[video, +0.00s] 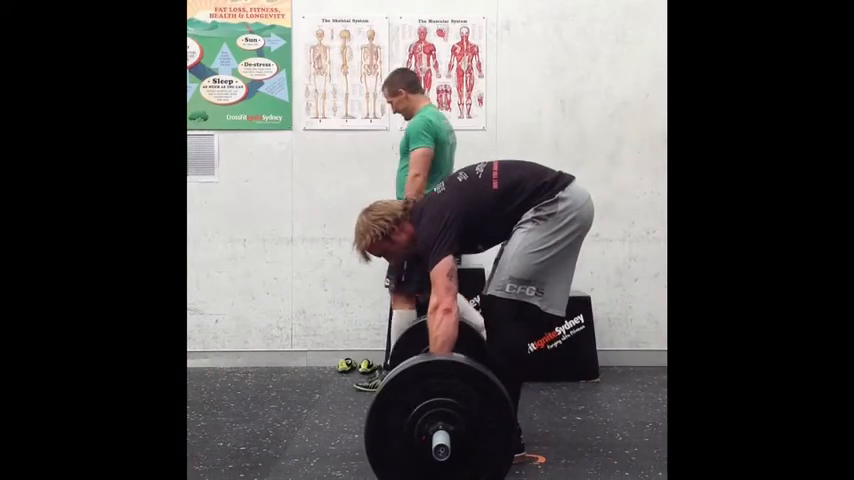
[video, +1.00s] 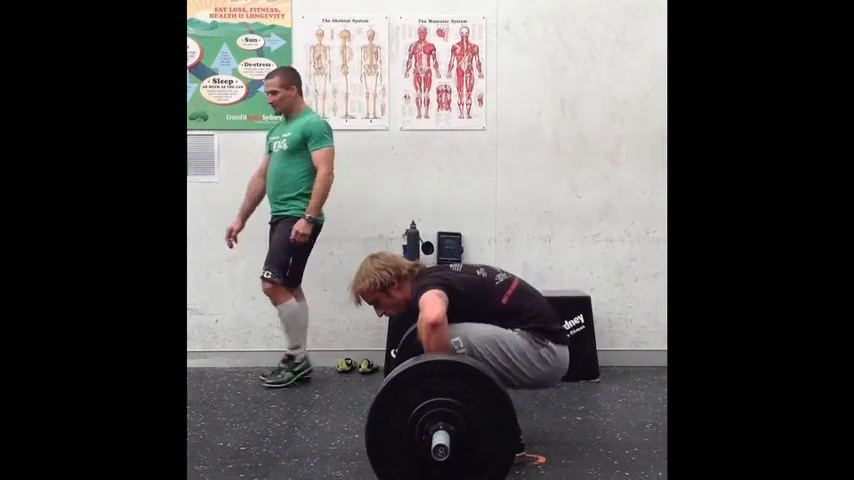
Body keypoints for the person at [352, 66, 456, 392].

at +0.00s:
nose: (392, 108)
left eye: (392, 101)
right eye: (389, 102)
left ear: (404, 93)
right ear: (414, 91)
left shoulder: (421, 124)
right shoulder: (437, 120)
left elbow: (418, 181)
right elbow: (437, 179)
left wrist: (407, 229)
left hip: (419, 228)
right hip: (437, 224)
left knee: (402, 295)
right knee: (442, 291)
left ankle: (396, 372)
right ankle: (493, 337)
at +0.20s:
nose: (366, 105)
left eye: (365, 97)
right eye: (363, 99)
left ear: (378, 89)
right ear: (386, 87)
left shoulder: (395, 120)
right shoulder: (408, 116)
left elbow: (381, 170)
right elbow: (396, 170)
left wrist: (347, 212)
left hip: (391, 213)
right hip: (400, 209)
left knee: (391, 291)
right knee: (362, 277)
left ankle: (400, 369)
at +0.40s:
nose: (340, 105)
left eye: (340, 98)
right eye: (338, 99)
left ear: (353, 92)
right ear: (358, 91)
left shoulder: (373, 121)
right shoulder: (376, 119)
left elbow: (363, 172)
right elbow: (365, 173)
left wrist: (327, 209)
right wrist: (333, 206)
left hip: (369, 218)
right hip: (369, 216)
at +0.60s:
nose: (311, 107)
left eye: (313, 100)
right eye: (309, 101)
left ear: (330, 96)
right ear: (330, 96)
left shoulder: (350, 126)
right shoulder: (341, 127)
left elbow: (350, 177)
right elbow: (343, 178)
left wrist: (337, 226)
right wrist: (330, 221)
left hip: (346, 226)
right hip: (329, 225)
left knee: (362, 294)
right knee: (316, 292)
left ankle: (391, 364)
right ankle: (300, 361)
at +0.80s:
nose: (283, 100)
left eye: (287, 94)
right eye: (282, 95)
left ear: (304, 92)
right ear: (302, 93)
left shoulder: (327, 123)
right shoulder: (306, 125)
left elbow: (338, 171)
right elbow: (300, 178)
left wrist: (336, 220)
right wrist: (284, 221)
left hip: (316, 219)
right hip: (300, 219)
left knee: (308, 288)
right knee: (298, 289)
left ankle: (366, 346)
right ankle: (298, 362)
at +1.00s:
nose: (269, 100)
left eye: (274, 93)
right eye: (267, 94)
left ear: (294, 91)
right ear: (275, 94)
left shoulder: (315, 125)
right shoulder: (276, 129)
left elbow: (326, 172)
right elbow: (262, 176)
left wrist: (309, 217)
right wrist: (241, 219)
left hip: (300, 218)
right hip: (280, 217)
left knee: (273, 284)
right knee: (291, 288)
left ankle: (297, 359)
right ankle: (299, 362)